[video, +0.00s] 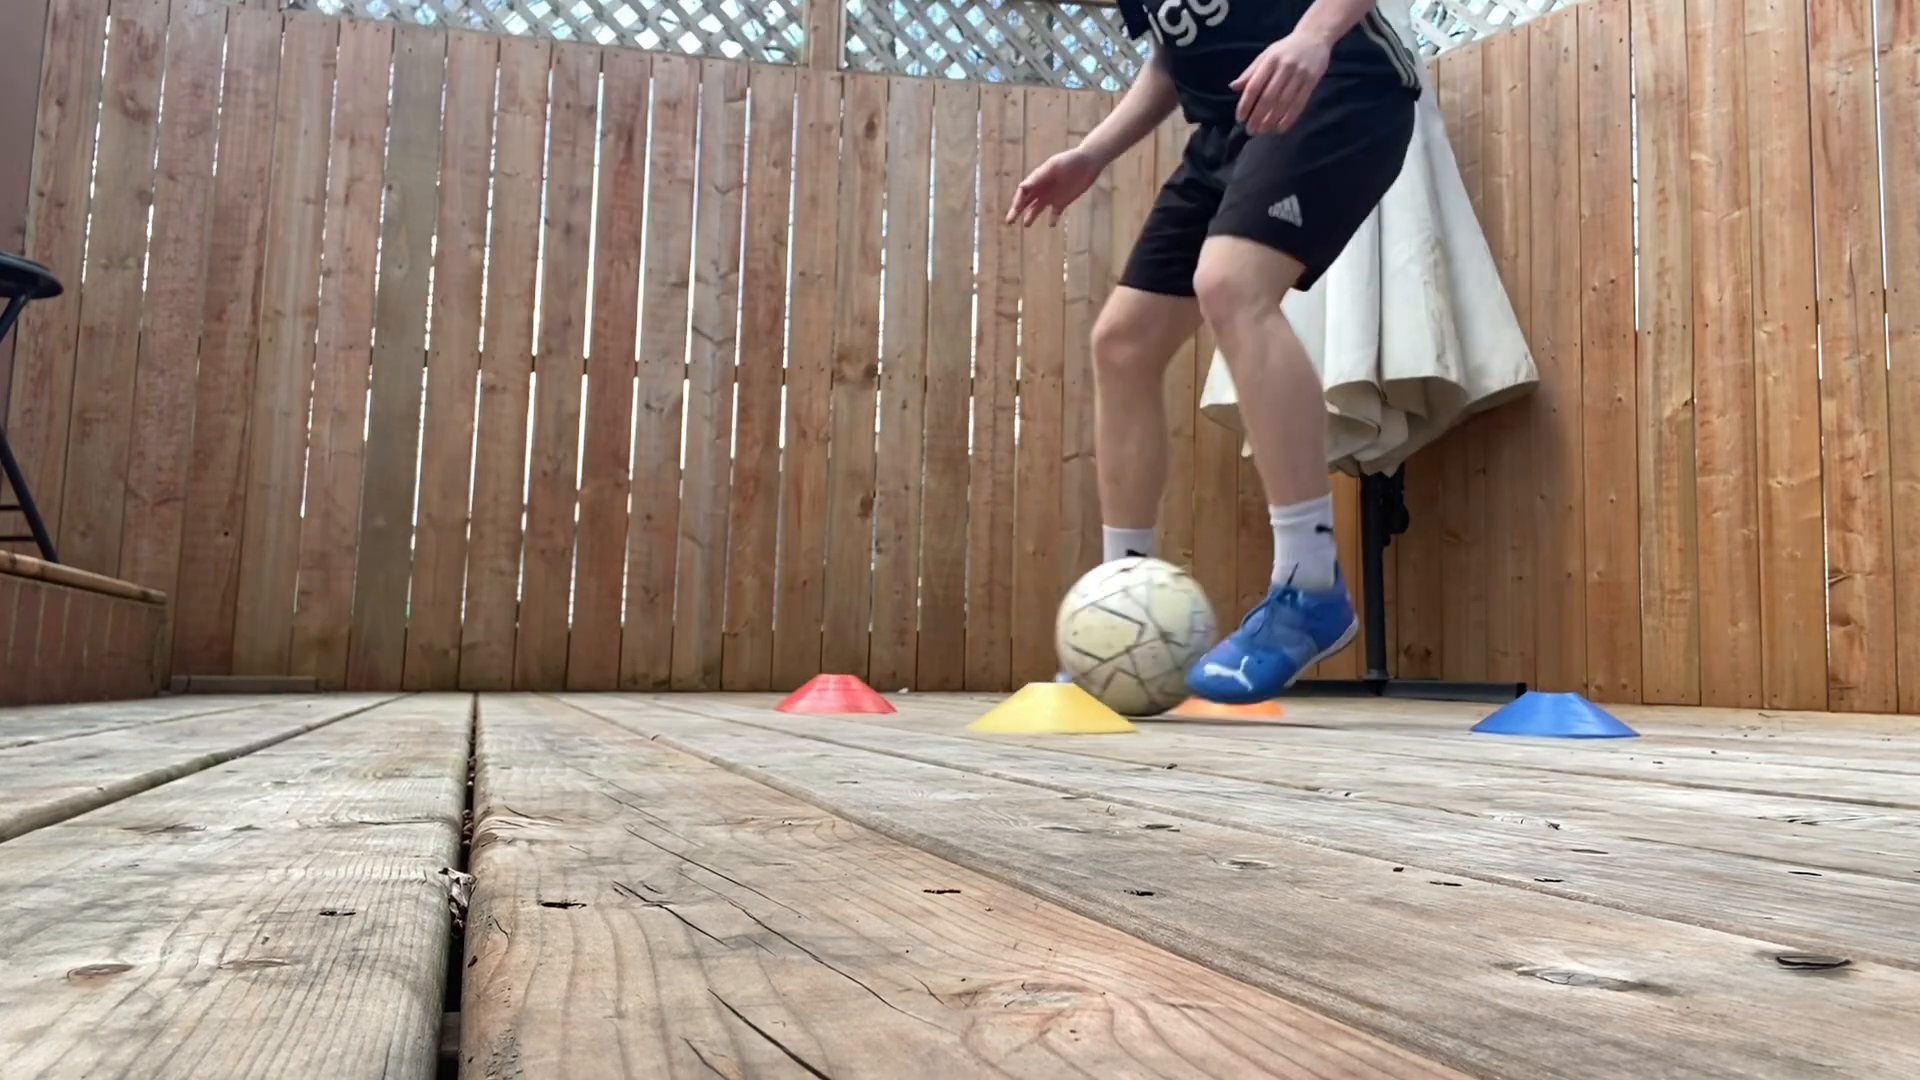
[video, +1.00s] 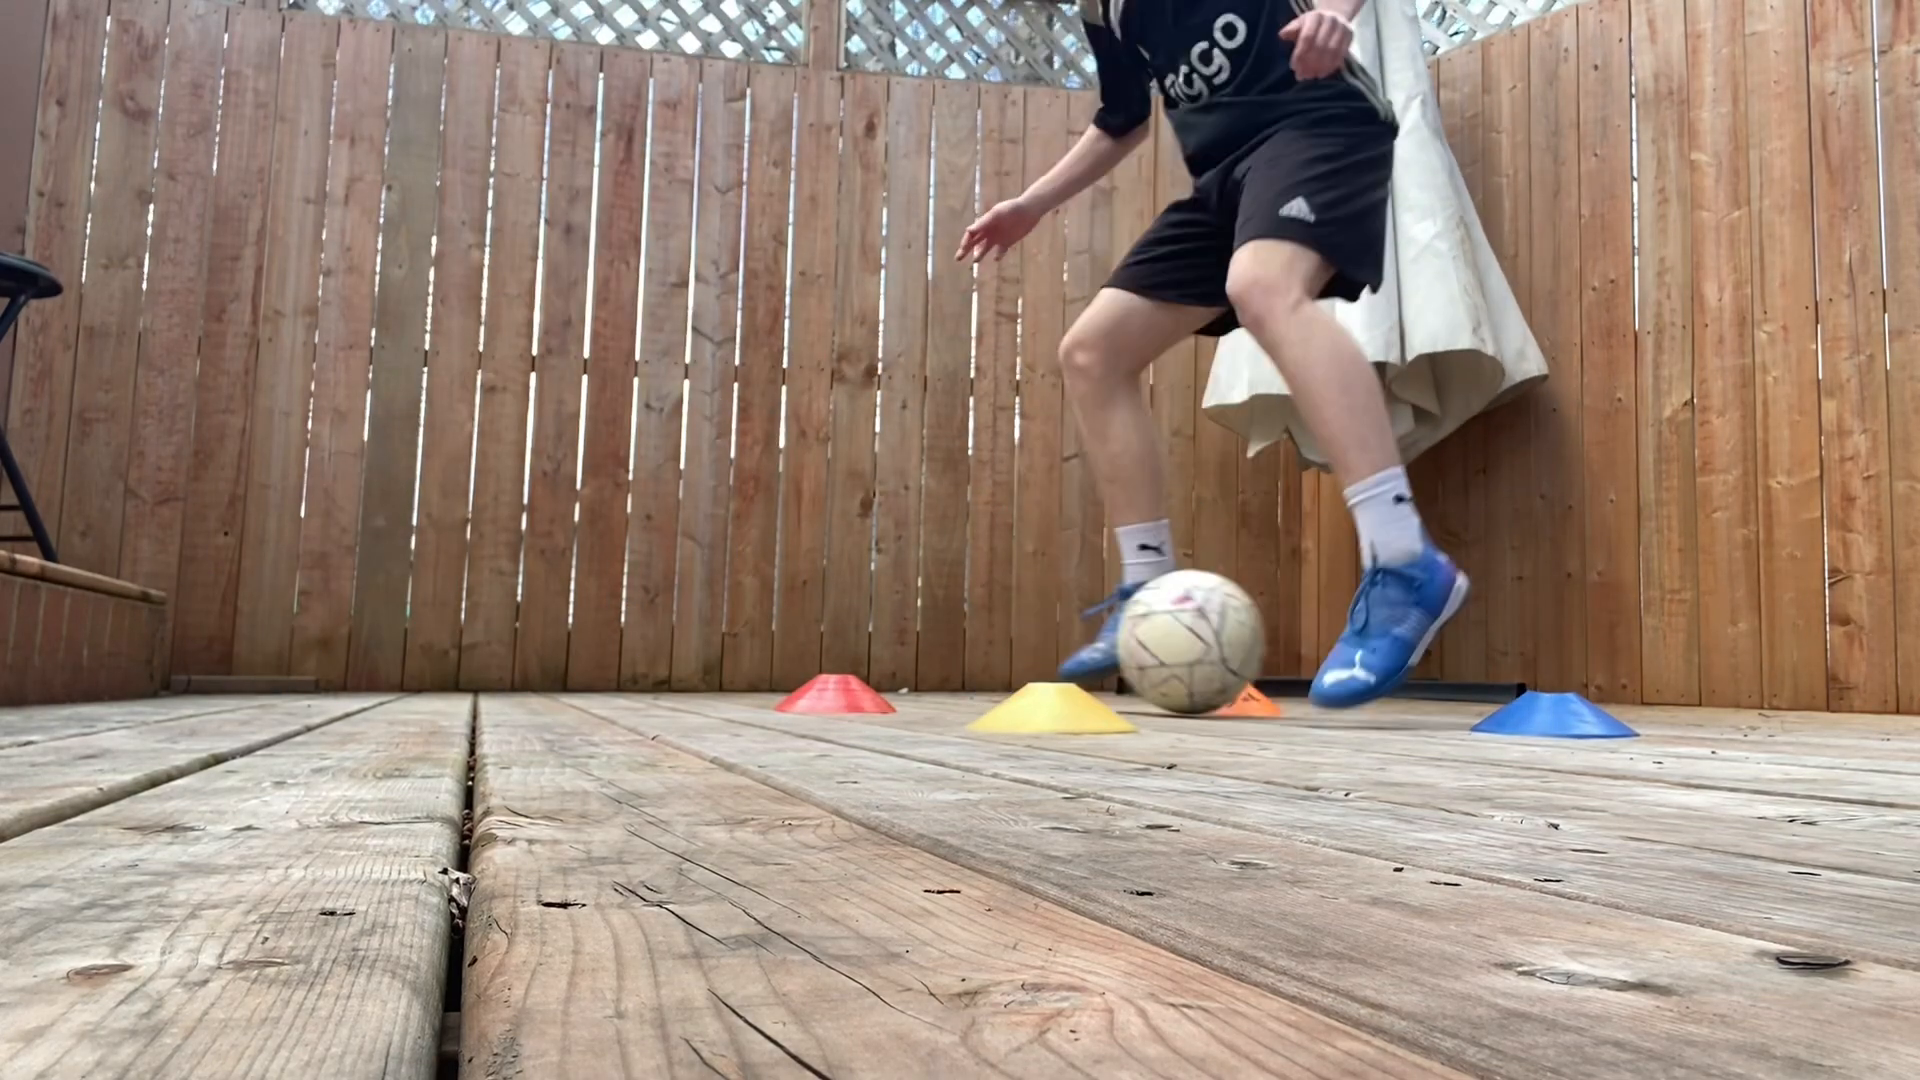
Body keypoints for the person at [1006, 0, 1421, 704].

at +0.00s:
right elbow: (1177, 55)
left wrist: (1315, 32)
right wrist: (1091, 152)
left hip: (1337, 79)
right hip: (1226, 115)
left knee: (1233, 284)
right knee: (1123, 343)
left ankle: (1311, 593)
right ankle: (1123, 623)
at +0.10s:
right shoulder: (1131, 7)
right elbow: (1202, 94)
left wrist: (1268, 80)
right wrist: (1103, 165)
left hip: (1326, 142)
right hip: (1228, 160)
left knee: (1227, 374)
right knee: (1082, 335)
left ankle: (1296, 658)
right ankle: (1064, 579)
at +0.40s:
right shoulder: (1081, 15)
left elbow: (1272, 39)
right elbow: (1125, 119)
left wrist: (1192, 132)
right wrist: (1026, 183)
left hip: (1233, 179)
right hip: (1152, 198)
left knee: (1215, 391)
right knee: (1083, 420)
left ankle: (1295, 656)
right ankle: (1107, 647)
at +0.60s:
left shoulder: (1166, 2)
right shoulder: (1024, 47)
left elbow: (1250, 91)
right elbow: (1052, 161)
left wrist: (1232, 170)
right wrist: (969, 219)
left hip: (1200, 204)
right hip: (1112, 239)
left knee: (1201, 368)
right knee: (1040, 437)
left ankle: (1281, 618)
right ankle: (1069, 654)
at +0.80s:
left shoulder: (1202, 3)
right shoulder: (1041, 48)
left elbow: (1274, 111)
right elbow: (1042, 193)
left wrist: (1246, 159)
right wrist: (958, 252)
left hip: (1216, 239)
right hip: (1119, 273)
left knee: (1209, 395)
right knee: (1043, 463)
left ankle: (1323, 650)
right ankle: (1079, 656)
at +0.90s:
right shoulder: (1087, 18)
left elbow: (1334, 5)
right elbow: (1094, 149)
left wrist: (1281, 54)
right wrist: (1002, 225)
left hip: (1274, 178)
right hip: (1179, 213)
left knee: (1244, 369)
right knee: (1069, 406)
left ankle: (1334, 644)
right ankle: (1069, 632)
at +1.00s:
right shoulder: (1107, 10)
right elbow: (1124, 117)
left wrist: (1337, 9)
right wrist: (1030, 204)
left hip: (1314, 118)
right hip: (1220, 181)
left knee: (1264, 285)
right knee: (1091, 355)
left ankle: (1406, 566)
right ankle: (1153, 604)